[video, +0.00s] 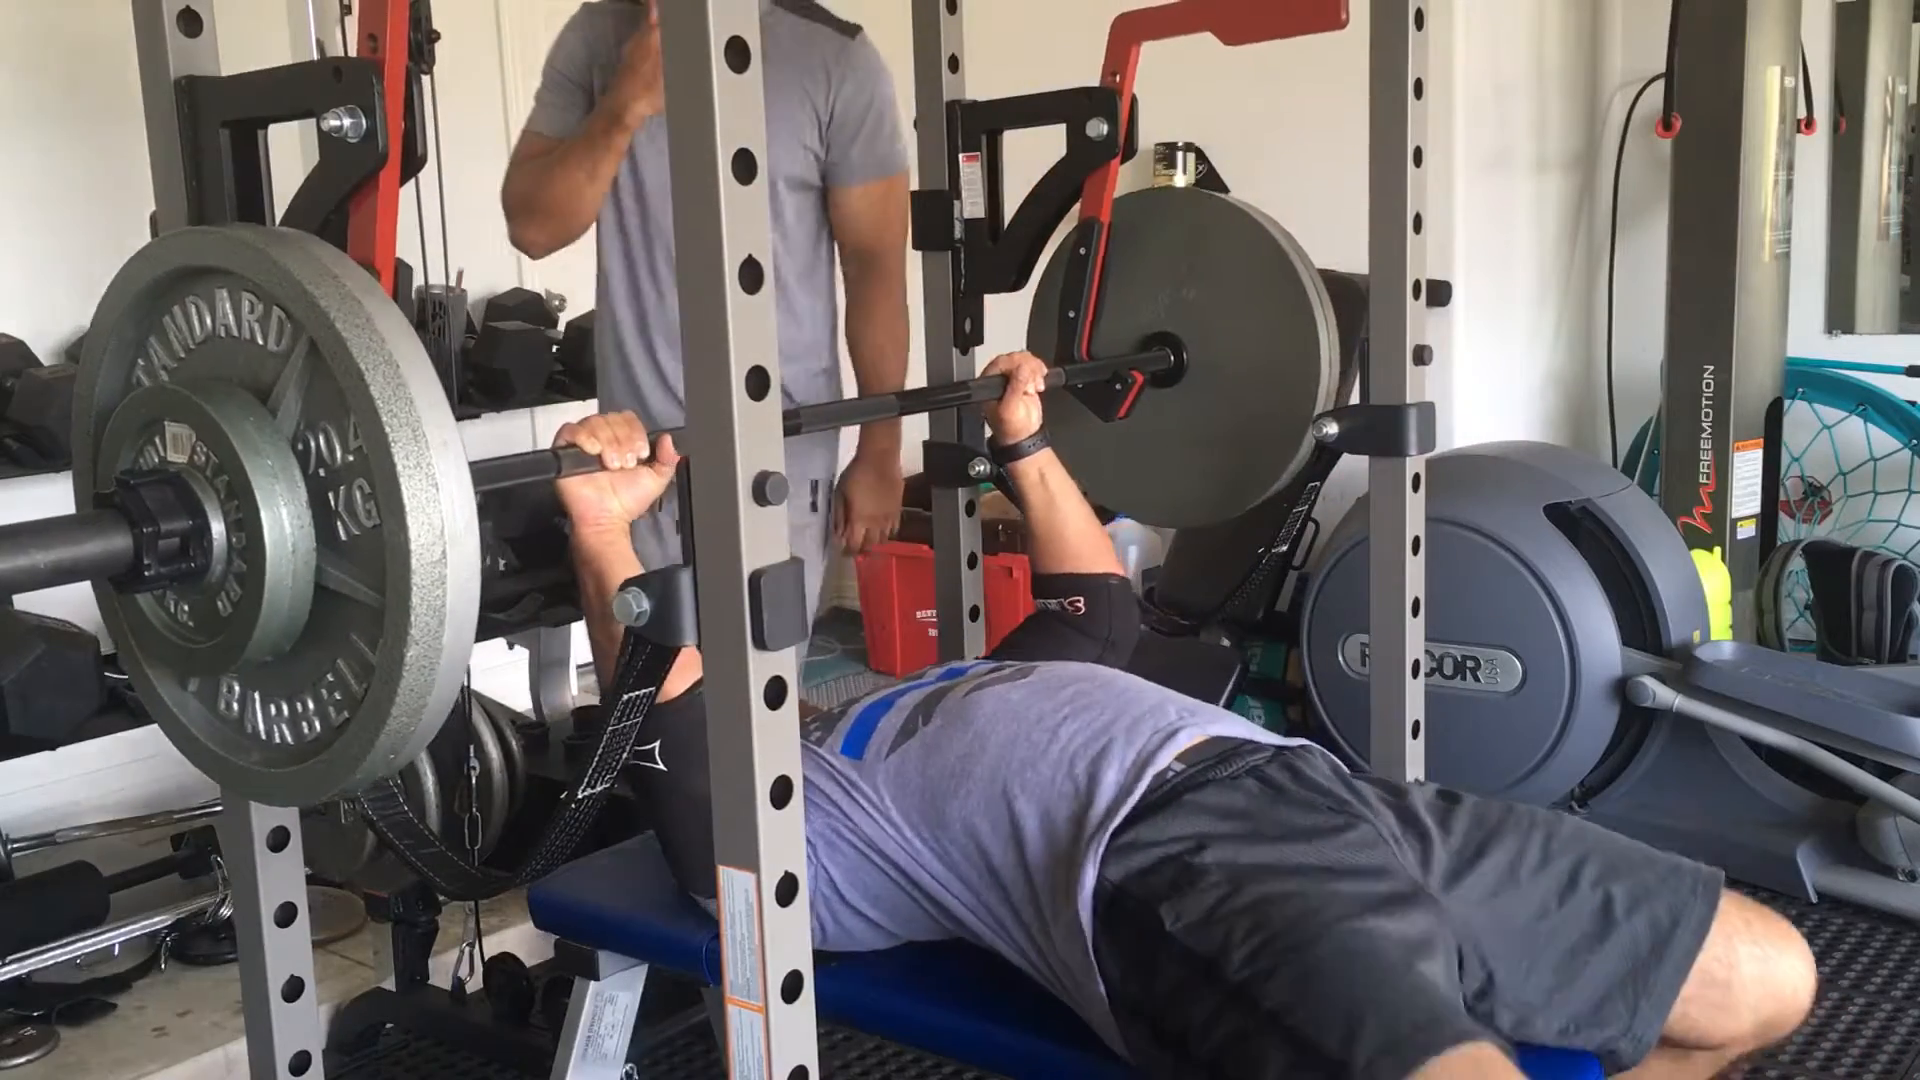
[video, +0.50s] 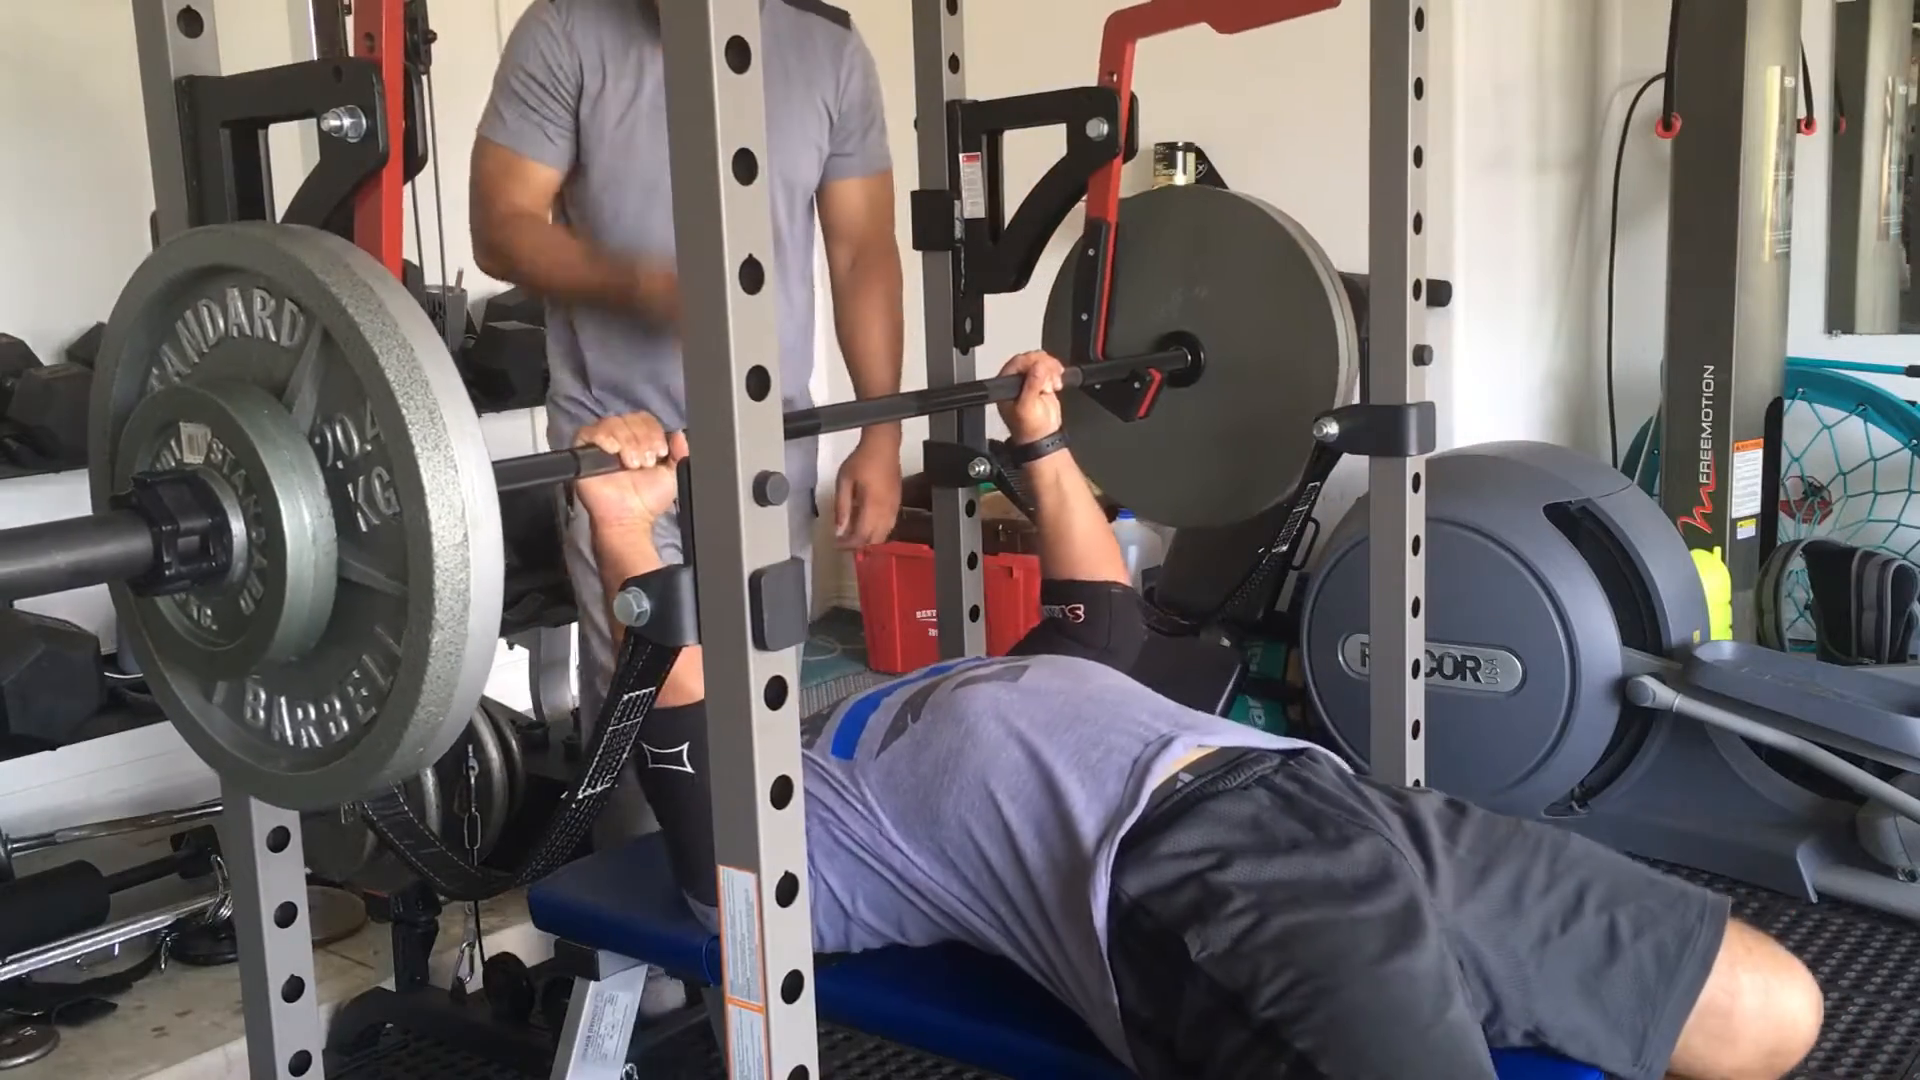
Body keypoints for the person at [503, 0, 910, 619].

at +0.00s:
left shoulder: (835, 57)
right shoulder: (603, 31)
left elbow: (874, 264)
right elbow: (532, 226)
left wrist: (881, 453)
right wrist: (621, 111)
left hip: (786, 444)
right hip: (643, 446)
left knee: (764, 689)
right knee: (653, 695)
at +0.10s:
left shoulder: (834, 57)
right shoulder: (593, 30)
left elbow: (871, 271)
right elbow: (522, 226)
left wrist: (873, 455)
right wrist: (622, 111)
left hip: (784, 446)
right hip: (635, 445)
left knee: (766, 705)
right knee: (643, 705)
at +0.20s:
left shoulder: (832, 55)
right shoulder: (583, 32)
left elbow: (869, 261)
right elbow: (518, 228)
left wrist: (871, 444)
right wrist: (632, 109)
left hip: (782, 449)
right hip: (629, 448)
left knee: (767, 707)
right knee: (637, 715)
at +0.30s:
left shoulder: (832, 52)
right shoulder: (577, 31)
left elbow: (870, 255)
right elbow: (514, 232)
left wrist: (872, 437)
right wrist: (630, 121)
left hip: (778, 442)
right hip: (627, 438)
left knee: (767, 703)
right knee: (651, 706)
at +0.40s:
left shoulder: (833, 53)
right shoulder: (574, 31)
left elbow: (870, 257)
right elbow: (504, 233)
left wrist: (877, 433)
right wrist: (626, 178)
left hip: (776, 445)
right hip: (622, 445)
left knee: (767, 700)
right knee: (639, 706)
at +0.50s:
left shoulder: (830, 51)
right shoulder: (569, 31)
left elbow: (864, 252)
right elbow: (503, 229)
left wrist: (882, 429)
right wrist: (637, 284)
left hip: (772, 454)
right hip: (620, 455)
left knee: (765, 709)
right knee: (642, 715)